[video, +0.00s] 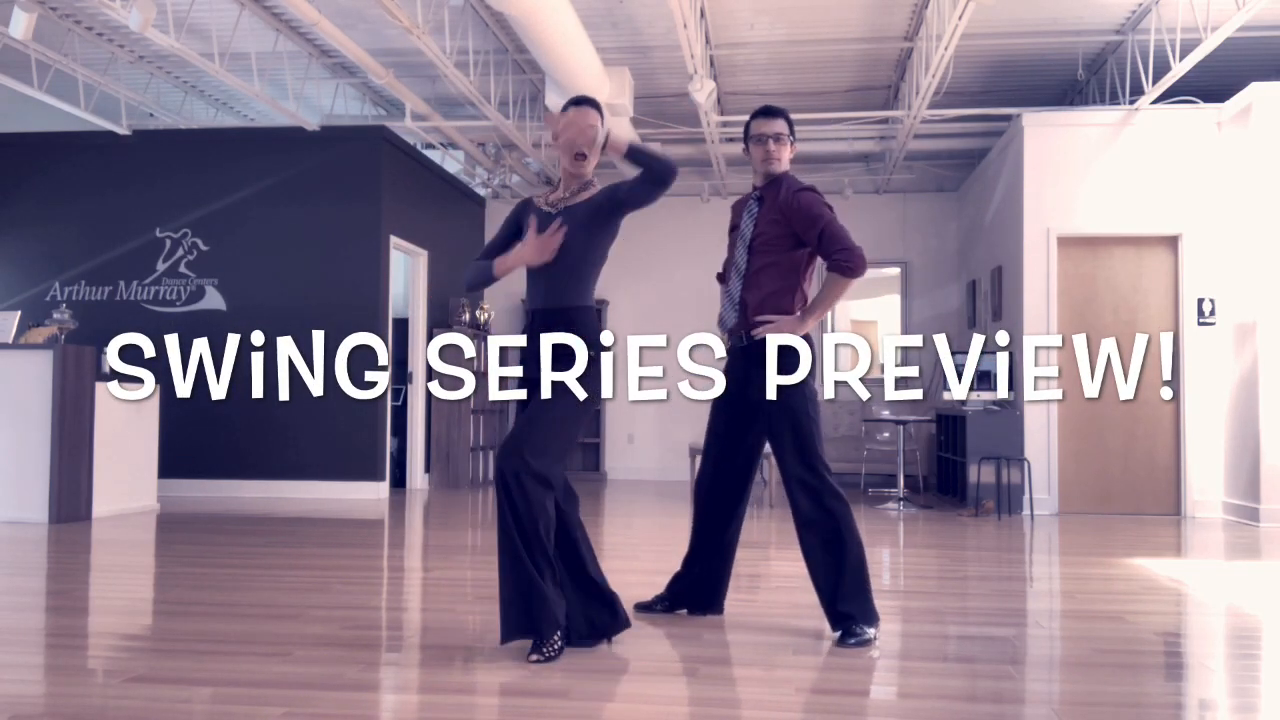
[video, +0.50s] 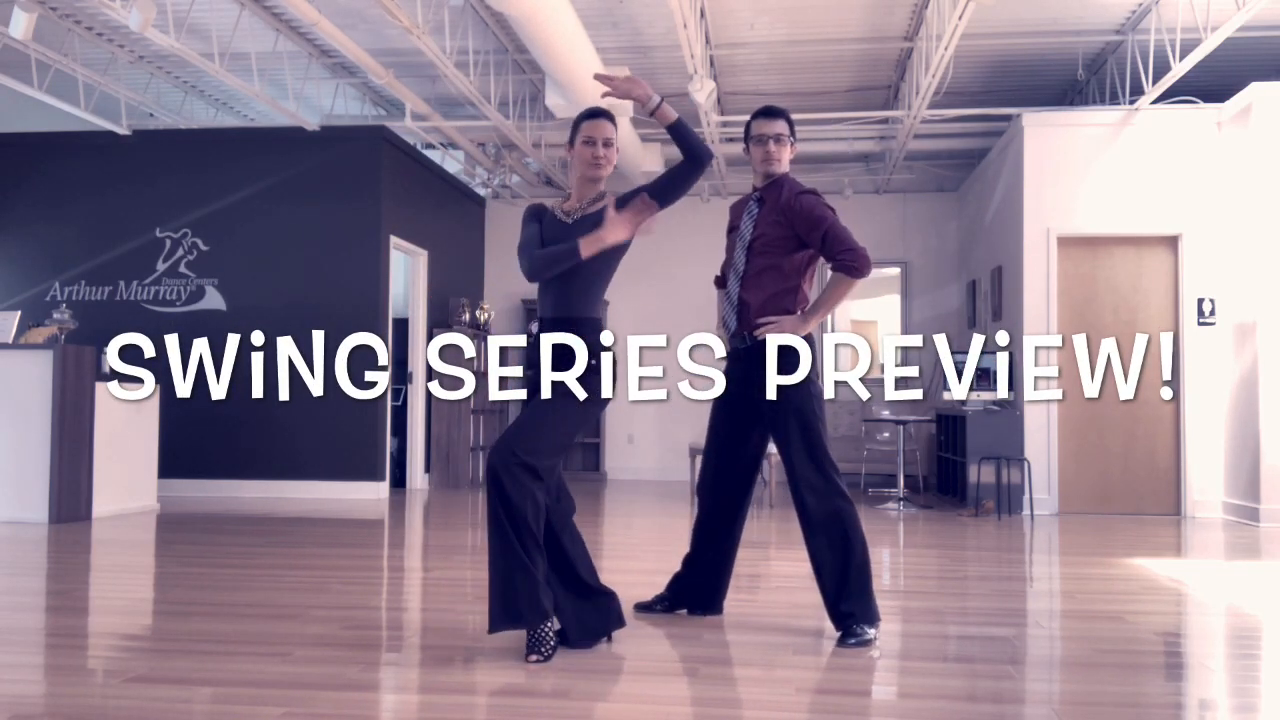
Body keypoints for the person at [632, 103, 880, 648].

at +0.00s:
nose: (770, 147)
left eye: (779, 139)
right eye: (760, 140)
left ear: (793, 148)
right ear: (746, 150)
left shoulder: (798, 199)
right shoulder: (744, 207)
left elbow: (849, 261)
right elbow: (740, 269)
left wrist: (805, 320)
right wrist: (733, 318)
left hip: (779, 355)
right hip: (741, 357)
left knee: (810, 482)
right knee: (720, 479)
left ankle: (855, 616)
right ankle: (697, 591)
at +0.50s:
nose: (769, 148)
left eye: (779, 140)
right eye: (759, 140)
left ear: (794, 148)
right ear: (745, 150)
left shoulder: (800, 202)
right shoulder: (742, 208)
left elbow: (854, 262)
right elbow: (741, 268)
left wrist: (807, 320)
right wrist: (726, 289)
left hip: (783, 354)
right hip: (742, 357)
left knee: (814, 482)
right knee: (723, 477)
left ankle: (857, 615)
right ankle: (698, 590)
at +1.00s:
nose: (759, 155)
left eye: (769, 146)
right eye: (756, 147)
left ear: (800, 151)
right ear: (758, 153)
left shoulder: (815, 207)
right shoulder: (756, 209)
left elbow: (862, 272)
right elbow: (733, 274)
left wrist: (812, 323)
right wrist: (729, 328)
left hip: (786, 357)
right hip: (743, 358)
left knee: (814, 484)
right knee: (723, 478)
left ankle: (856, 615)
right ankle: (697, 591)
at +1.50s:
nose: (792, 169)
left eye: (801, 161)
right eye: (791, 161)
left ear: (833, 163)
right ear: (812, 164)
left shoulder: (850, 224)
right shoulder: (797, 217)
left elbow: (877, 301)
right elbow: (770, 278)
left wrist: (816, 334)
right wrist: (743, 324)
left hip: (787, 365)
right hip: (750, 360)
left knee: (810, 489)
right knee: (721, 480)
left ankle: (854, 617)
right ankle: (697, 592)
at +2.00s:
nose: (795, 164)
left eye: (805, 156)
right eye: (794, 156)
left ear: (837, 162)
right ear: (806, 164)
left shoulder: (848, 221)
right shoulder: (798, 217)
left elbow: (874, 298)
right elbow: (780, 280)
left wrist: (817, 334)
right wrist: (747, 325)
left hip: (787, 364)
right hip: (751, 359)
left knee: (807, 487)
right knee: (721, 479)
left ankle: (855, 616)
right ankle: (697, 591)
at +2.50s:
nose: (787, 164)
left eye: (797, 156)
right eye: (787, 156)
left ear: (830, 162)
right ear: (800, 165)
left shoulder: (847, 221)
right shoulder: (791, 220)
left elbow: (876, 298)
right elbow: (761, 279)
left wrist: (821, 344)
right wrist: (744, 324)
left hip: (792, 368)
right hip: (753, 364)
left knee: (799, 493)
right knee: (719, 483)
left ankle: (854, 617)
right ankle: (695, 592)